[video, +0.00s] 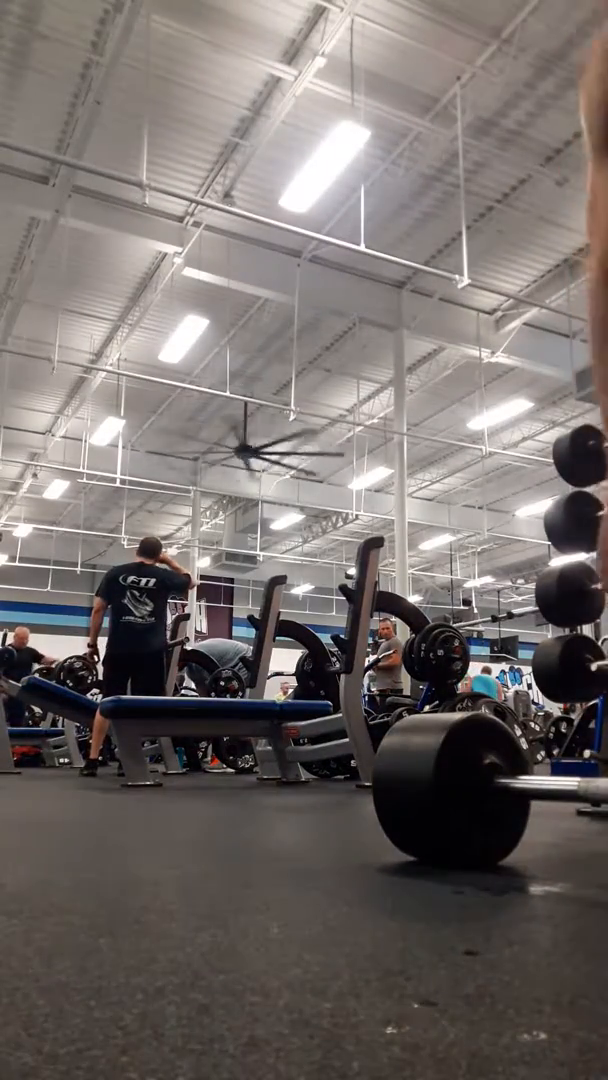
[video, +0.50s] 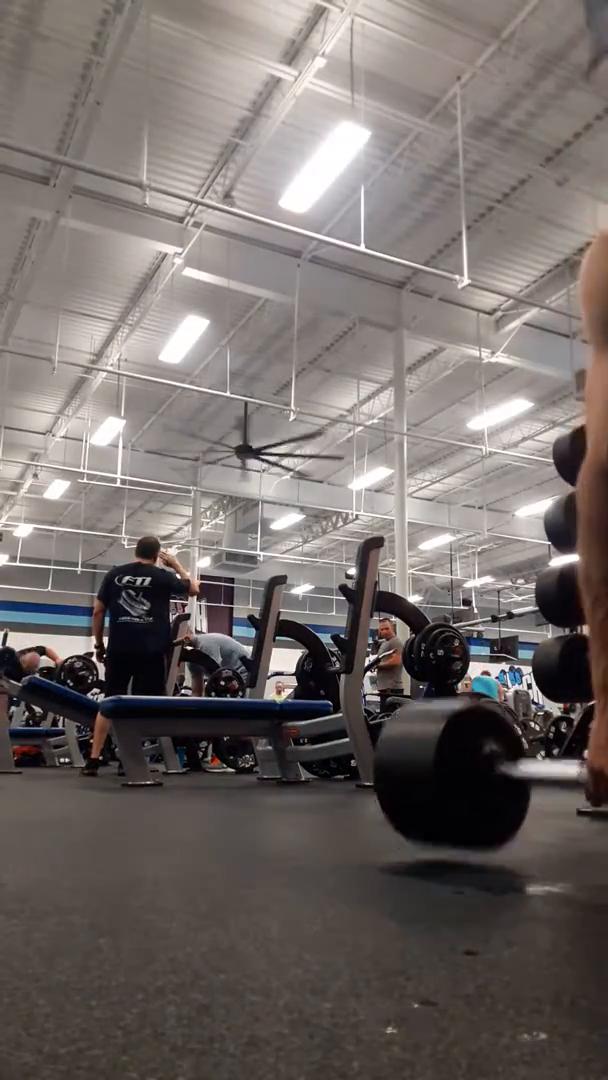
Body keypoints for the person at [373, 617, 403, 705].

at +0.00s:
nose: (385, 631)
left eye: (387, 628)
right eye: (382, 629)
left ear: (392, 629)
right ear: (379, 631)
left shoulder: (395, 642)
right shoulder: (383, 644)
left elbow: (396, 660)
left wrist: (377, 665)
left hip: (391, 688)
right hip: (383, 688)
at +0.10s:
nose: (385, 631)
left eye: (388, 628)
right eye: (383, 629)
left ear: (392, 629)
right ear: (379, 631)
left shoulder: (395, 642)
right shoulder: (382, 644)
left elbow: (397, 660)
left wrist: (379, 665)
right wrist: (373, 664)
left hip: (392, 688)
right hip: (383, 688)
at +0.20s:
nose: (386, 632)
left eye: (388, 629)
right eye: (383, 629)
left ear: (392, 629)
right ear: (379, 631)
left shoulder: (395, 642)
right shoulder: (382, 644)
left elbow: (397, 660)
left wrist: (380, 665)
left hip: (393, 688)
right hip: (382, 688)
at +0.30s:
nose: (386, 632)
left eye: (388, 629)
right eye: (383, 629)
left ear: (392, 629)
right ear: (379, 631)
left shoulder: (395, 642)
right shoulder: (382, 644)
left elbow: (397, 660)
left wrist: (380, 665)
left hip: (392, 688)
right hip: (382, 688)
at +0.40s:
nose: (386, 632)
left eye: (388, 629)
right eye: (383, 629)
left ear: (392, 629)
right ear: (379, 631)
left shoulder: (395, 642)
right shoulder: (383, 644)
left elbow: (397, 660)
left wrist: (380, 665)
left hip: (393, 688)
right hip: (384, 687)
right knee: (384, 717)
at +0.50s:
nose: (384, 632)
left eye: (386, 629)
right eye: (382, 629)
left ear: (392, 629)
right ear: (379, 631)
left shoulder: (396, 642)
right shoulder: (383, 644)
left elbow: (397, 660)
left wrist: (379, 665)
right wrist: (375, 664)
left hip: (393, 687)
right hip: (384, 687)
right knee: (384, 717)